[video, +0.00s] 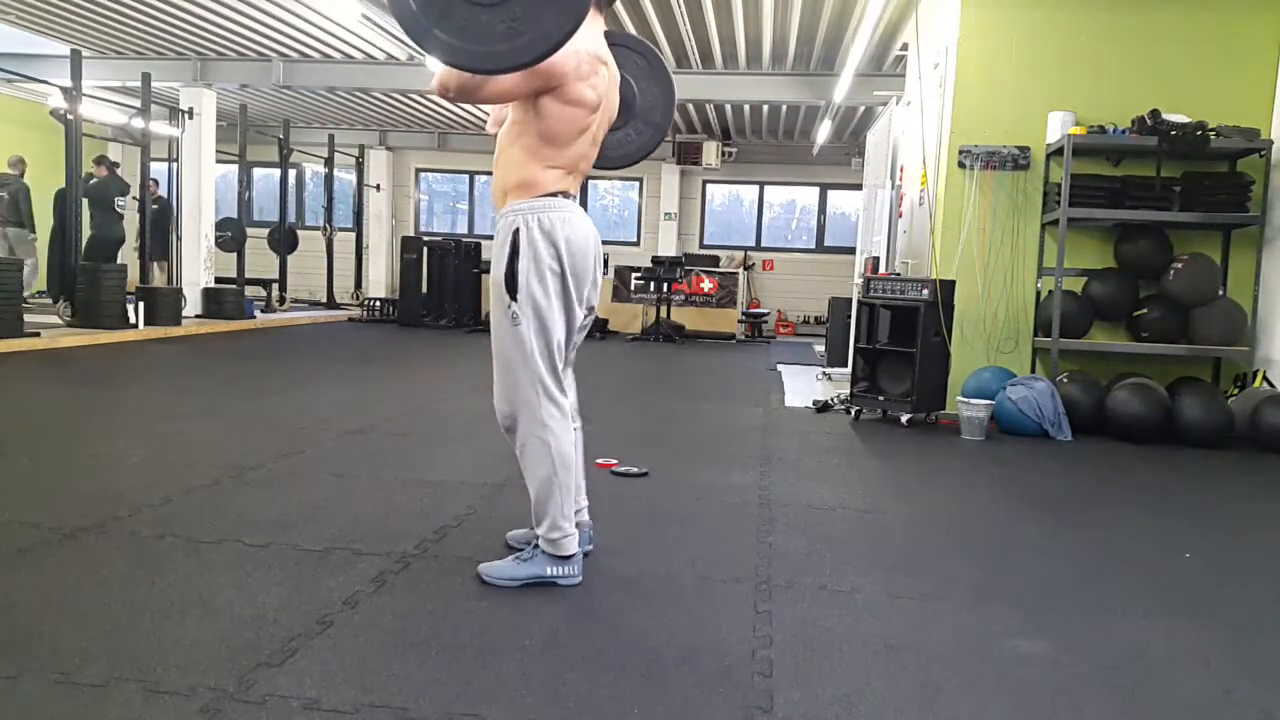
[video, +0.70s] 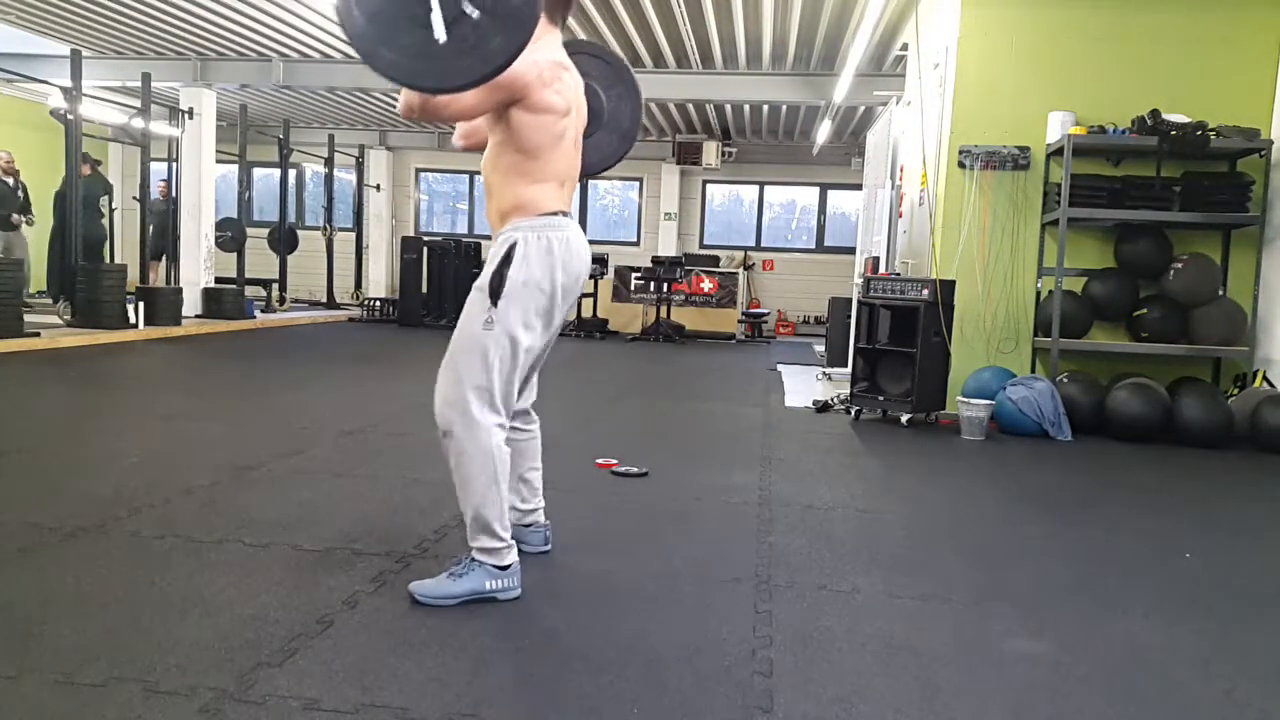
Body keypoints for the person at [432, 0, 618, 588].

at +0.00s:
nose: (540, 15)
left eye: (547, 7)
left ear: (571, 5)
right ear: (603, 11)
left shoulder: (562, 51)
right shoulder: (608, 75)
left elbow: (449, 84)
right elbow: (559, 144)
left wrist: (485, 25)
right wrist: (508, 121)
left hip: (533, 230)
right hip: (569, 226)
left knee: (532, 398)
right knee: (549, 389)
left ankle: (559, 550)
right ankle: (569, 522)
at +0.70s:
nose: (489, 21)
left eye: (497, 11)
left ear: (524, 8)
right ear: (559, 12)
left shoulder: (525, 62)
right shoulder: (565, 74)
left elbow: (416, 104)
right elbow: (467, 137)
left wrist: (440, 44)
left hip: (527, 247)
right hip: (562, 244)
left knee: (464, 399)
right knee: (514, 400)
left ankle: (492, 561)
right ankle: (527, 521)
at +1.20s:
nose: (467, 150)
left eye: (476, 139)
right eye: (471, 138)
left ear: (498, 148)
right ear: (520, 151)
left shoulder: (494, 208)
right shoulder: (536, 205)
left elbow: (435, 270)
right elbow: (448, 278)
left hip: (549, 372)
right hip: (585, 366)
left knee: (404, 430)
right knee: (471, 403)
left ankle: (487, 564)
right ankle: (523, 523)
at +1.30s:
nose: (456, 181)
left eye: (466, 171)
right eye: (459, 169)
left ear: (491, 182)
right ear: (503, 184)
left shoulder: (490, 241)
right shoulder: (531, 236)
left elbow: (427, 298)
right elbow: (444, 311)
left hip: (550, 404)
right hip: (585, 392)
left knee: (401, 433)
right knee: (461, 405)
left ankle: (488, 565)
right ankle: (522, 522)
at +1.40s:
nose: (452, 205)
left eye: (461, 195)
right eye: (454, 194)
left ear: (487, 208)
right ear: (495, 211)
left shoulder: (489, 265)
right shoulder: (528, 258)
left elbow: (425, 326)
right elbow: (473, 328)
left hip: (552, 424)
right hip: (584, 411)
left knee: (400, 434)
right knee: (462, 399)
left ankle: (489, 565)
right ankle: (522, 523)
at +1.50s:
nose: (447, 210)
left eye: (456, 199)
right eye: (449, 198)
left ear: (484, 214)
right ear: (493, 215)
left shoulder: (485, 270)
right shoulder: (527, 262)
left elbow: (423, 326)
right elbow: (476, 331)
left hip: (553, 424)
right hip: (585, 410)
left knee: (401, 433)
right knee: (464, 398)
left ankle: (490, 565)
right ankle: (522, 523)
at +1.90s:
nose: (474, 63)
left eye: (486, 53)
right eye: (479, 51)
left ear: (511, 72)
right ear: (522, 76)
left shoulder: (498, 132)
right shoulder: (537, 135)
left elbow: (398, 191)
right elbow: (451, 209)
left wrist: (395, 119)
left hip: (526, 305)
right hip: (559, 300)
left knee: (408, 426)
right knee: (485, 410)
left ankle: (490, 564)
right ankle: (525, 522)